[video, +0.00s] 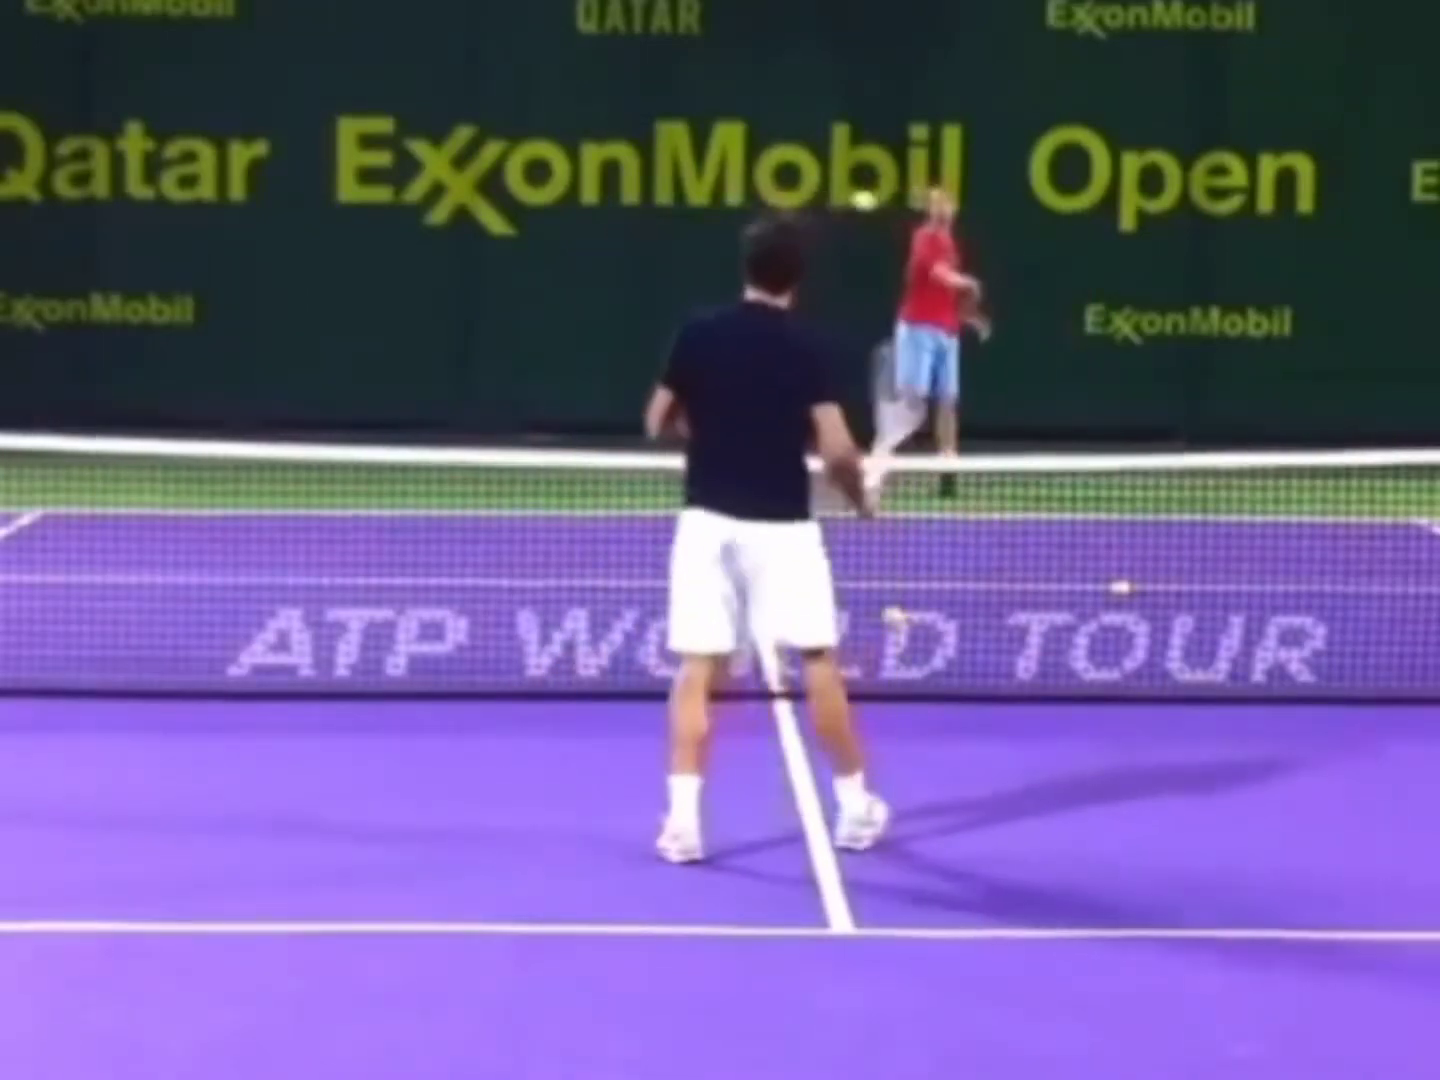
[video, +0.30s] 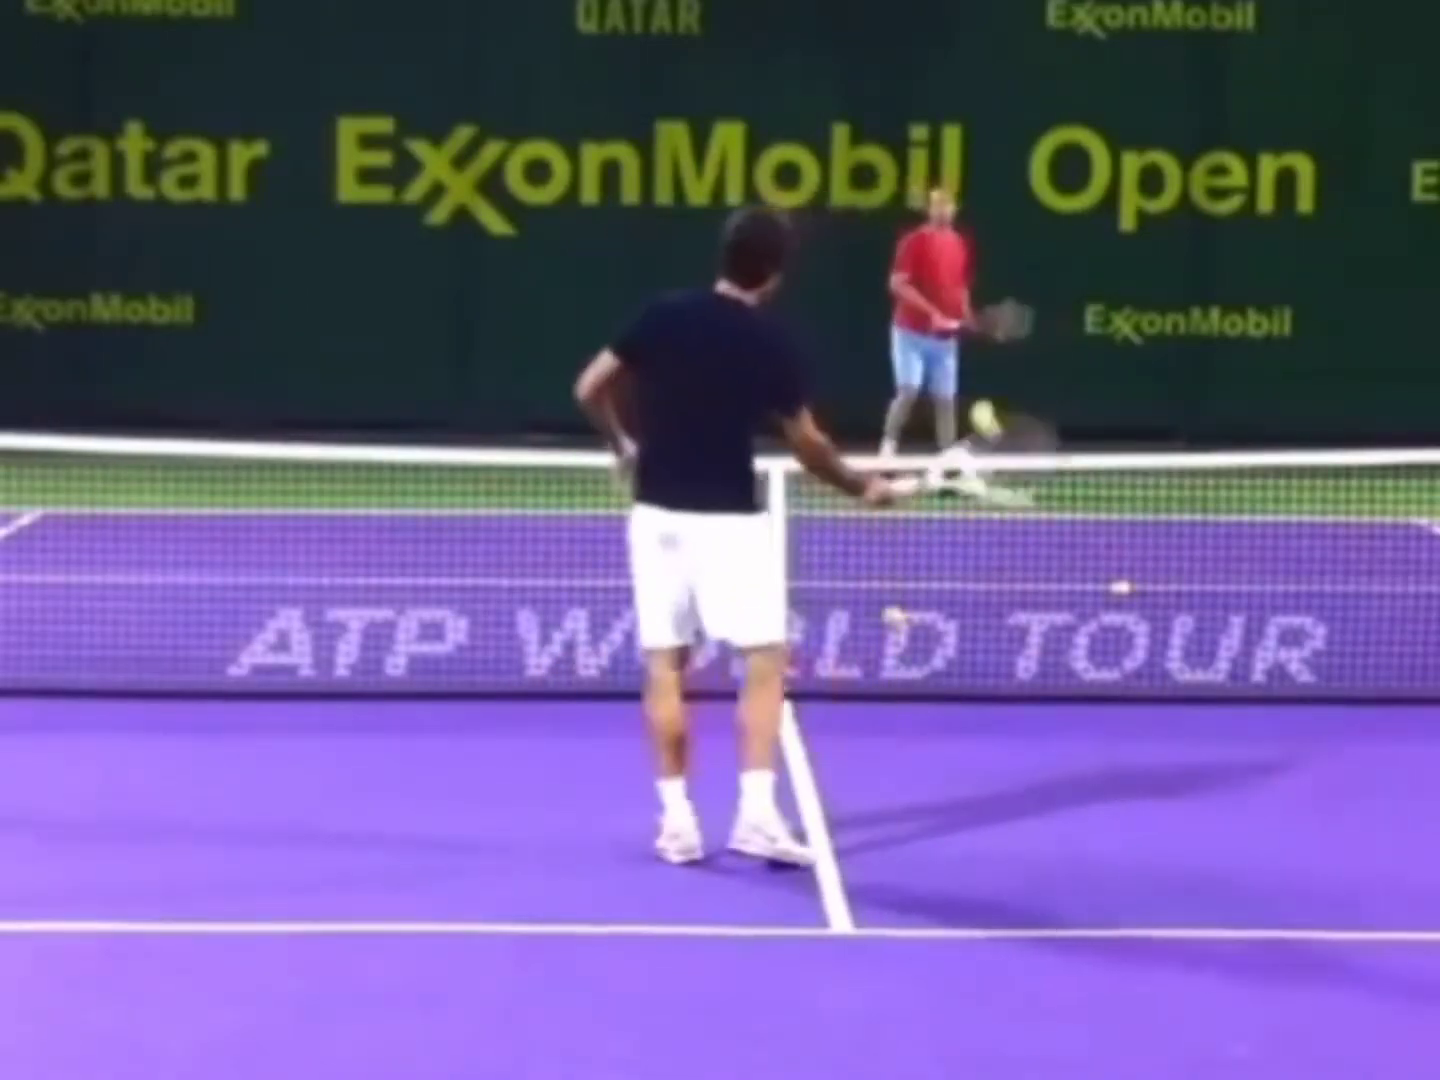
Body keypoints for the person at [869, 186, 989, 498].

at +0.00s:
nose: (941, 211)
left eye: (946, 204)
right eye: (935, 204)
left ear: (953, 209)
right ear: (928, 208)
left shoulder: (949, 244)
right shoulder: (925, 237)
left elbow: (944, 295)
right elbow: (936, 270)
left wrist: (969, 316)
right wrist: (966, 283)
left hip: (945, 328)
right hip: (918, 324)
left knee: (947, 400)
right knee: (912, 399)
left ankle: (948, 466)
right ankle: (877, 457)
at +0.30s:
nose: (941, 210)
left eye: (945, 204)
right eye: (936, 204)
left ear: (954, 208)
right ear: (928, 208)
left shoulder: (958, 243)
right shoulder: (914, 241)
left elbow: (961, 283)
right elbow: (898, 282)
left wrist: (966, 315)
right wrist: (932, 314)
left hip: (944, 333)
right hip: (910, 331)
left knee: (945, 397)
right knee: (909, 388)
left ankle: (948, 457)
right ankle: (889, 446)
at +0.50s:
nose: (920, 214)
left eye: (924, 207)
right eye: (915, 208)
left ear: (934, 212)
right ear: (908, 213)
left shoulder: (954, 248)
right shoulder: (894, 247)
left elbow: (960, 288)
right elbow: (879, 290)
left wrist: (946, 327)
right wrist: (904, 326)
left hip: (933, 337)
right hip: (897, 335)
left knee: (940, 401)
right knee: (877, 392)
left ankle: (948, 462)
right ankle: (857, 455)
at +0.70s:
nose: (899, 232)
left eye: (904, 226)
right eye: (895, 226)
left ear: (913, 230)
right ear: (888, 230)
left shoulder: (932, 265)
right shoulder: (876, 264)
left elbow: (941, 304)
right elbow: (860, 303)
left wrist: (926, 335)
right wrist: (870, 332)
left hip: (916, 349)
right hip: (879, 346)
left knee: (929, 408)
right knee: (860, 406)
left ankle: (945, 466)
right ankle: (844, 464)